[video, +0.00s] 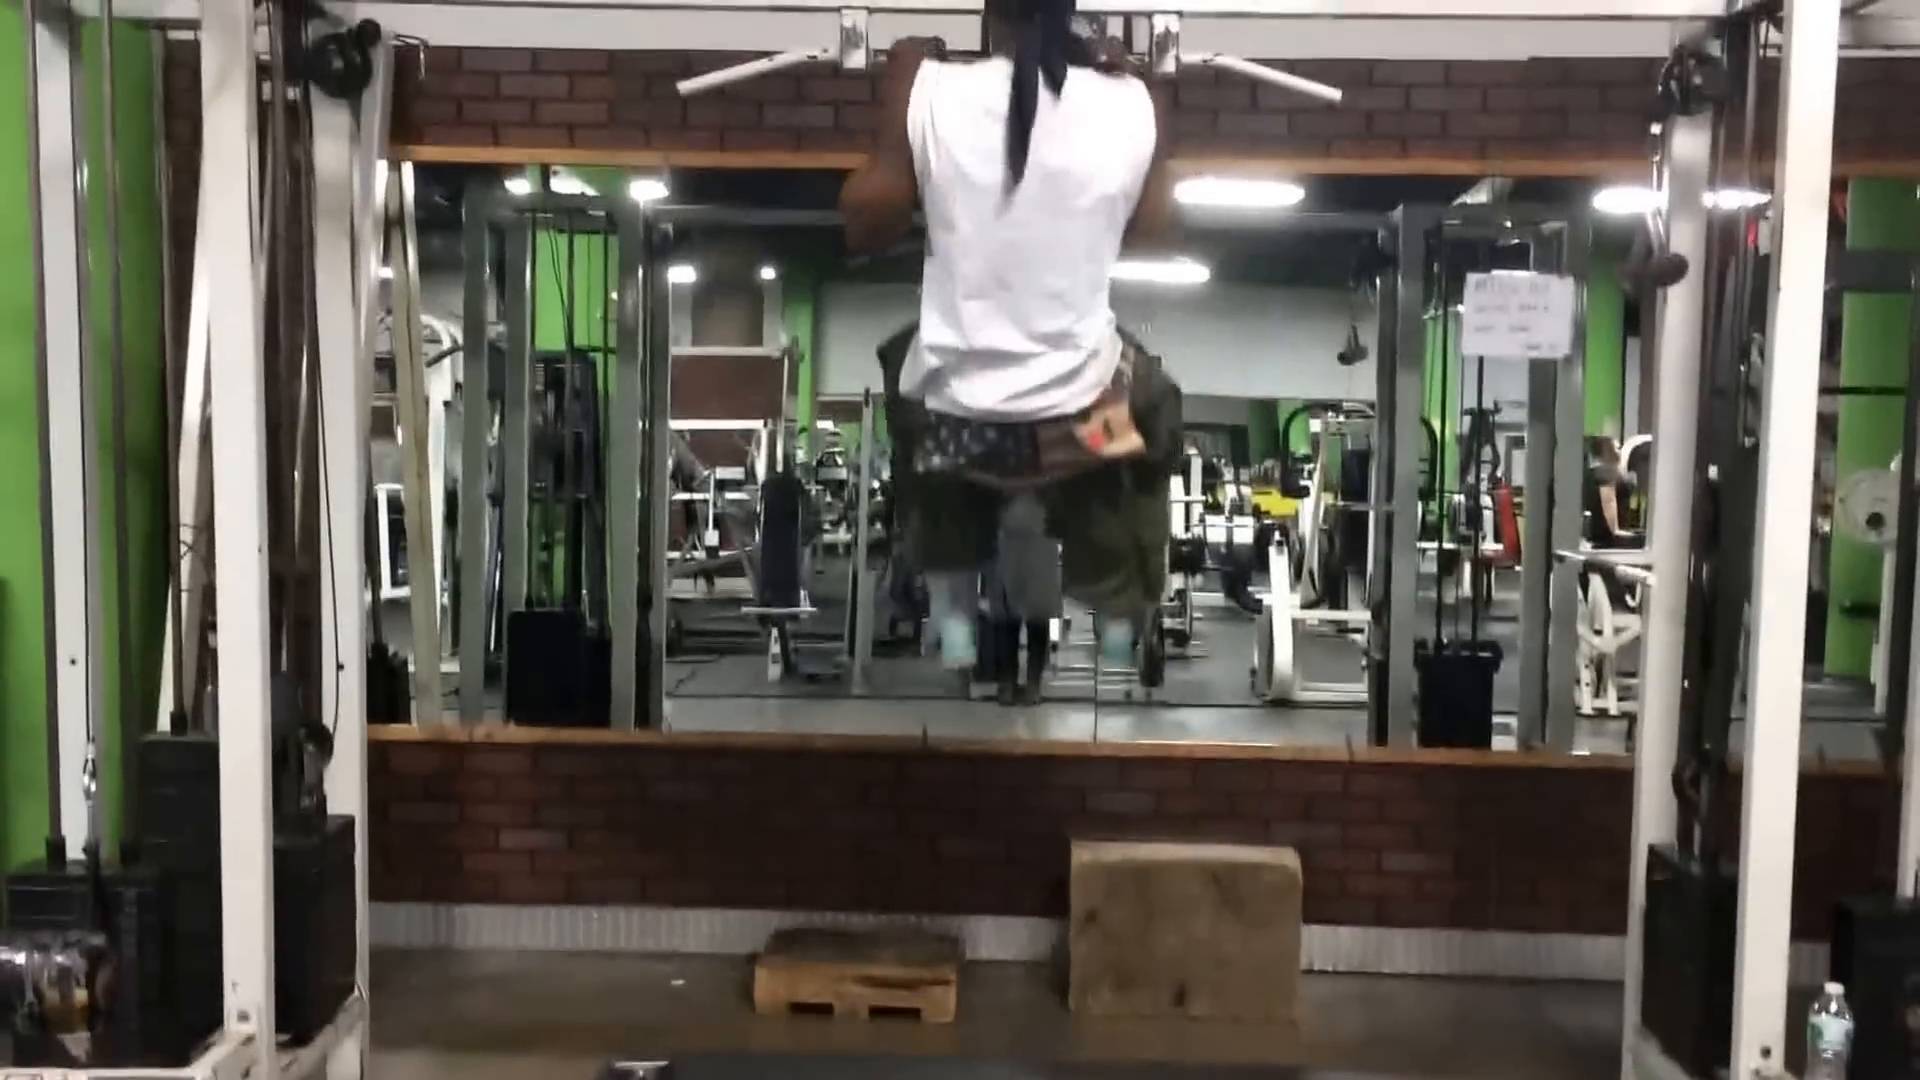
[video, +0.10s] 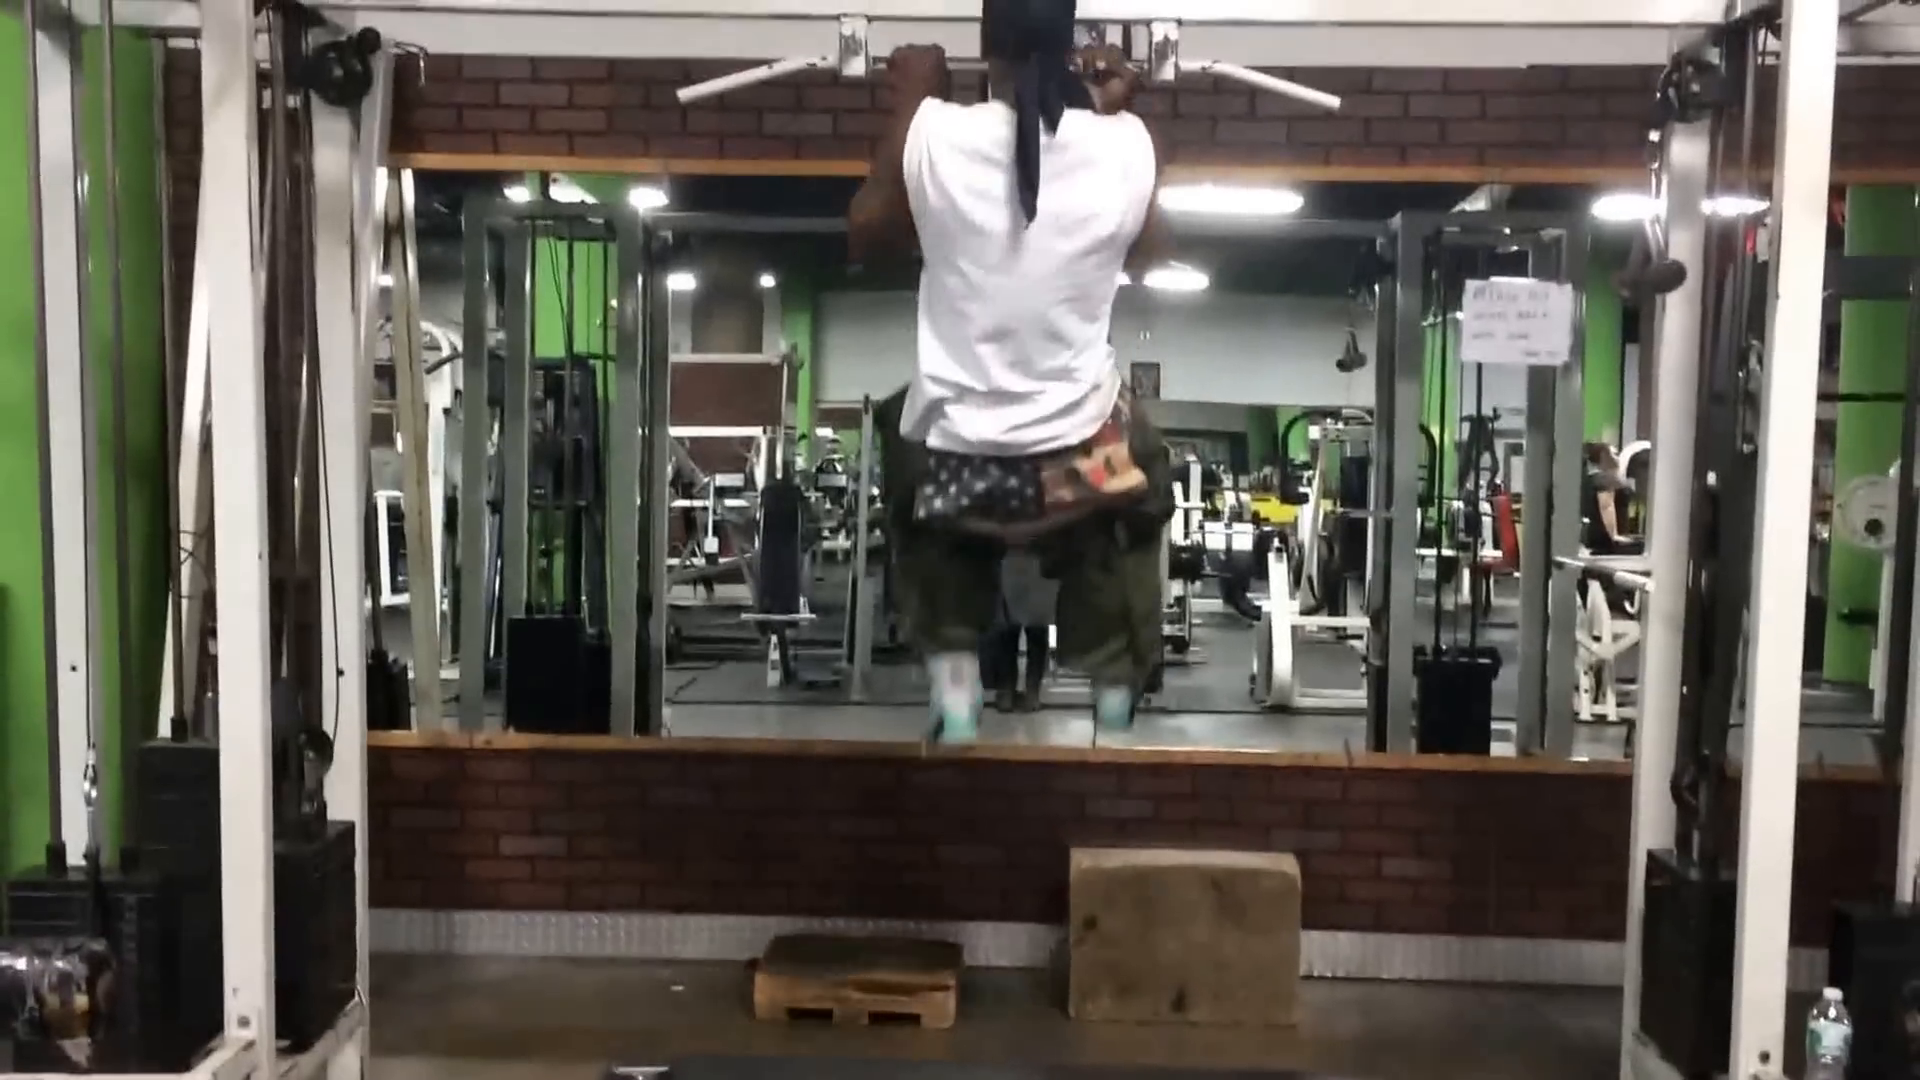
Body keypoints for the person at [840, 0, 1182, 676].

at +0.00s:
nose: (991, 18)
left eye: (991, 14)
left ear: (993, 18)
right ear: (1071, 18)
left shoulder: (935, 94)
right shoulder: (1128, 105)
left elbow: (867, 224)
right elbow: (1152, 227)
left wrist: (897, 101)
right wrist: (1129, 97)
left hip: (959, 412)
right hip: (1079, 409)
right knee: (1154, 400)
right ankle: (1122, 615)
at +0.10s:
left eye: (989, 30)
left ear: (989, 46)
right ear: (1073, 47)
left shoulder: (933, 134)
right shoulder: (1125, 145)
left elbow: (868, 232)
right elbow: (1144, 252)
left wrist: (905, 110)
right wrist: (1114, 120)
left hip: (956, 471)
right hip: (1080, 464)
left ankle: (956, 713)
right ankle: (1112, 731)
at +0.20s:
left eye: (986, 71)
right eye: (1074, 62)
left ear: (983, 85)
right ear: (1072, 81)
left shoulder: (934, 178)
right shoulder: (1118, 190)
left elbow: (868, 245)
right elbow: (1142, 247)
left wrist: (909, 116)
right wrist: (1112, 132)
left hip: (954, 510)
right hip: (1076, 506)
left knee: (940, 623)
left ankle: (961, 767)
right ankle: (1105, 767)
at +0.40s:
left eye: (994, 148)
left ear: (996, 165)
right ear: (1083, 166)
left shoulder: (946, 252)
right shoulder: (1122, 271)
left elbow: (879, 238)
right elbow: (1115, 210)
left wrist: (906, 114)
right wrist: (1102, 122)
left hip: (940, 558)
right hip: (1063, 554)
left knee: (921, 713)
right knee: (1071, 706)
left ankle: (977, 870)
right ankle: (1092, 883)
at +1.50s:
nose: (1045, 227)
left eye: (1054, 221)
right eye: (1055, 215)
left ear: (1066, 253)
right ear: (1129, 264)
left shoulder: (1015, 345)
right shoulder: (1124, 337)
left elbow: (877, 289)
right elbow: (1048, 194)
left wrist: (998, 223)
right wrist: (1064, 64)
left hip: (936, 626)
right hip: (1043, 611)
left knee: (838, 752)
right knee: (1013, 736)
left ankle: (947, 907)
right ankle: (1094, 876)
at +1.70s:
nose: (1073, 250)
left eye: (1087, 242)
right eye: (1081, 237)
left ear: (1114, 266)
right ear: (1137, 269)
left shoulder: (1083, 365)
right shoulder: (1128, 327)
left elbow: (939, 335)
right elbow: (1059, 190)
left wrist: (1052, 275)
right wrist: (1065, 56)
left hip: (1010, 613)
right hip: (1091, 597)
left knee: (929, 774)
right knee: (1053, 726)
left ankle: (1087, 888)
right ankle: (1179, 820)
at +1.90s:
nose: (1102, 245)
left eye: (1115, 238)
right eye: (1104, 232)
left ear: (1158, 258)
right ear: (1160, 257)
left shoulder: (1160, 354)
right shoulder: (1153, 304)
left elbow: (1025, 358)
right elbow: (1068, 187)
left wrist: (1115, 274)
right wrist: (1066, 53)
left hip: (1089, 605)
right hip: (1129, 583)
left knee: (1032, 796)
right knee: (1118, 715)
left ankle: (1209, 868)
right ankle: (1244, 796)